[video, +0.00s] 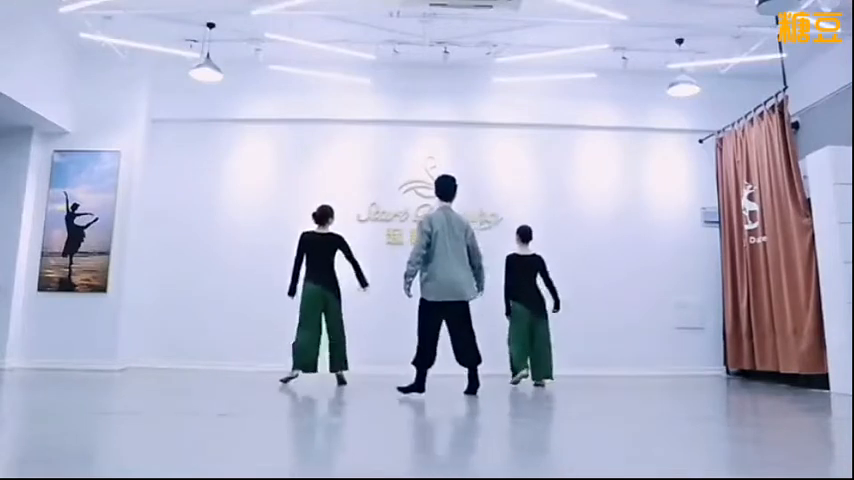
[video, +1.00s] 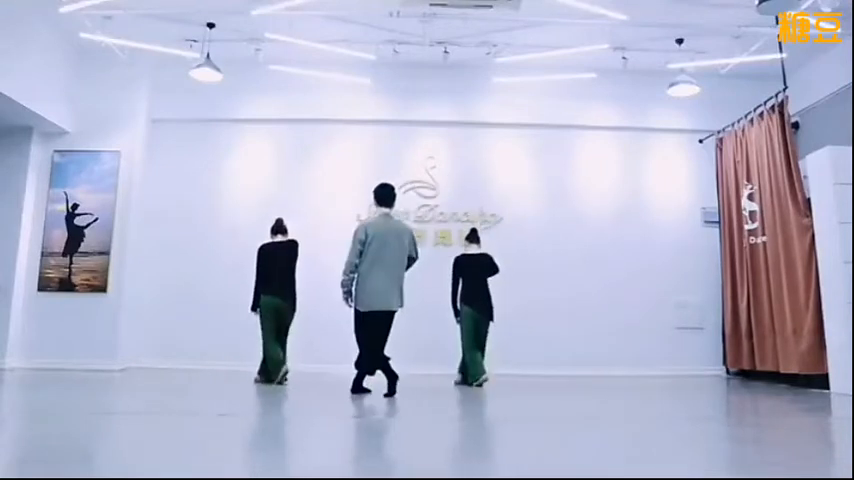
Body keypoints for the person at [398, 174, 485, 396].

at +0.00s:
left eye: (438, 189)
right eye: (450, 189)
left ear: (435, 192)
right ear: (454, 193)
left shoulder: (428, 221)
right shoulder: (463, 223)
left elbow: (419, 252)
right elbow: (475, 256)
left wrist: (408, 276)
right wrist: (479, 282)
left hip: (433, 289)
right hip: (459, 289)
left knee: (426, 337)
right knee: (465, 336)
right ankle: (473, 379)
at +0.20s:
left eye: (419, 192)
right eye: (430, 192)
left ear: (417, 194)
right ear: (437, 195)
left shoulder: (408, 220)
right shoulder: (444, 226)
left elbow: (397, 251)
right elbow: (444, 260)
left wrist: (383, 274)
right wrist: (439, 282)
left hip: (410, 291)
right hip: (436, 291)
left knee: (402, 338)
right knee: (444, 331)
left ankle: (404, 385)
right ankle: (451, 374)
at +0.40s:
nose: (403, 201)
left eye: (403, 198)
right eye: (415, 198)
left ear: (402, 199)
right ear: (421, 201)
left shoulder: (395, 225)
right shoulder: (429, 232)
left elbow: (377, 255)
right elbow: (425, 264)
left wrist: (361, 280)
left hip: (394, 296)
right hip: (419, 297)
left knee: (389, 340)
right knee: (407, 339)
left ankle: (401, 385)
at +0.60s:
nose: (392, 205)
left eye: (391, 201)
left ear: (391, 203)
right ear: (410, 205)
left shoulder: (383, 230)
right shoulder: (420, 236)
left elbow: (367, 261)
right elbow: (418, 267)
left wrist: (354, 285)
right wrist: (409, 293)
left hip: (381, 298)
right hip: (406, 300)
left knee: (378, 345)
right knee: (382, 344)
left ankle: (400, 381)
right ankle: (362, 379)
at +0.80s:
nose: (382, 204)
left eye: (381, 200)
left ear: (380, 202)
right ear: (400, 203)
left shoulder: (373, 229)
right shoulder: (409, 233)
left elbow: (359, 260)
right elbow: (414, 264)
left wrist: (350, 284)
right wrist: (399, 275)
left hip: (372, 296)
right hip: (396, 299)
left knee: (366, 342)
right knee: (378, 343)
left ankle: (391, 375)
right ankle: (359, 380)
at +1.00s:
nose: (377, 202)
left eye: (375, 198)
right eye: (386, 198)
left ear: (374, 200)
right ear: (394, 201)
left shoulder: (366, 228)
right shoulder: (404, 230)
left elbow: (353, 260)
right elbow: (413, 256)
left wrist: (346, 285)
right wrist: (396, 270)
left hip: (367, 295)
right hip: (392, 296)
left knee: (365, 341)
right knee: (376, 342)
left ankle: (389, 373)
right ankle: (358, 380)